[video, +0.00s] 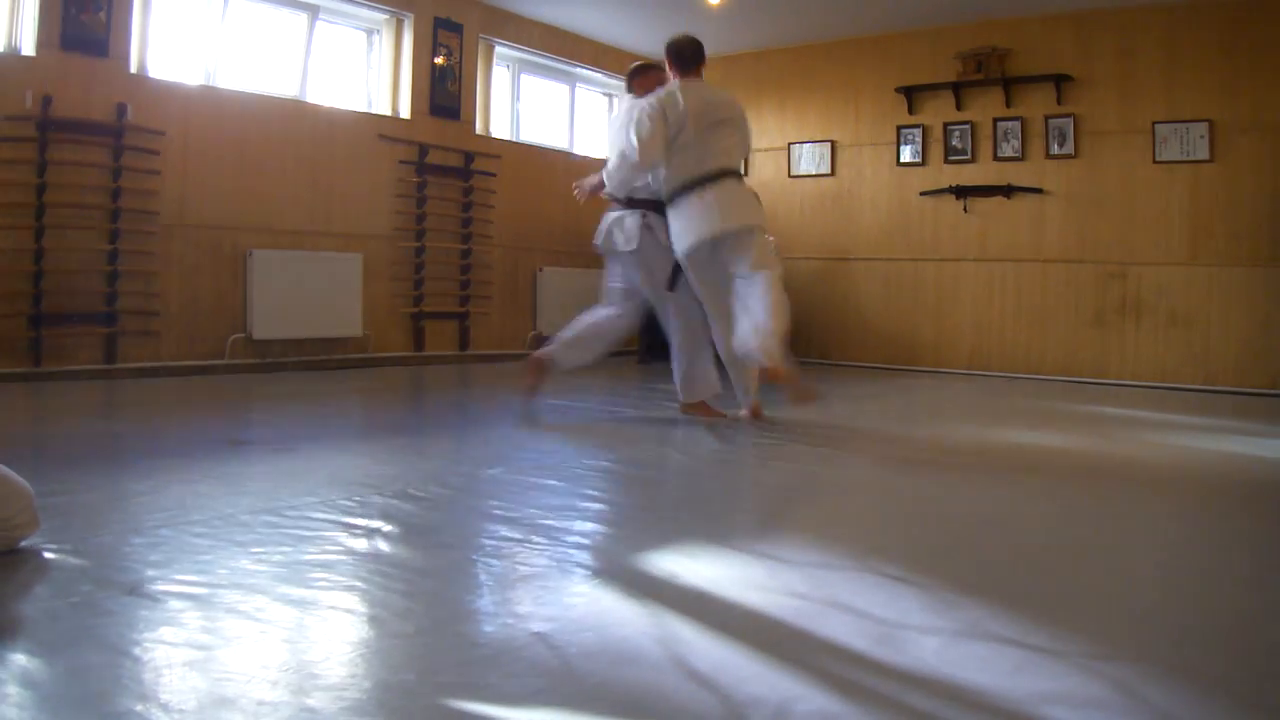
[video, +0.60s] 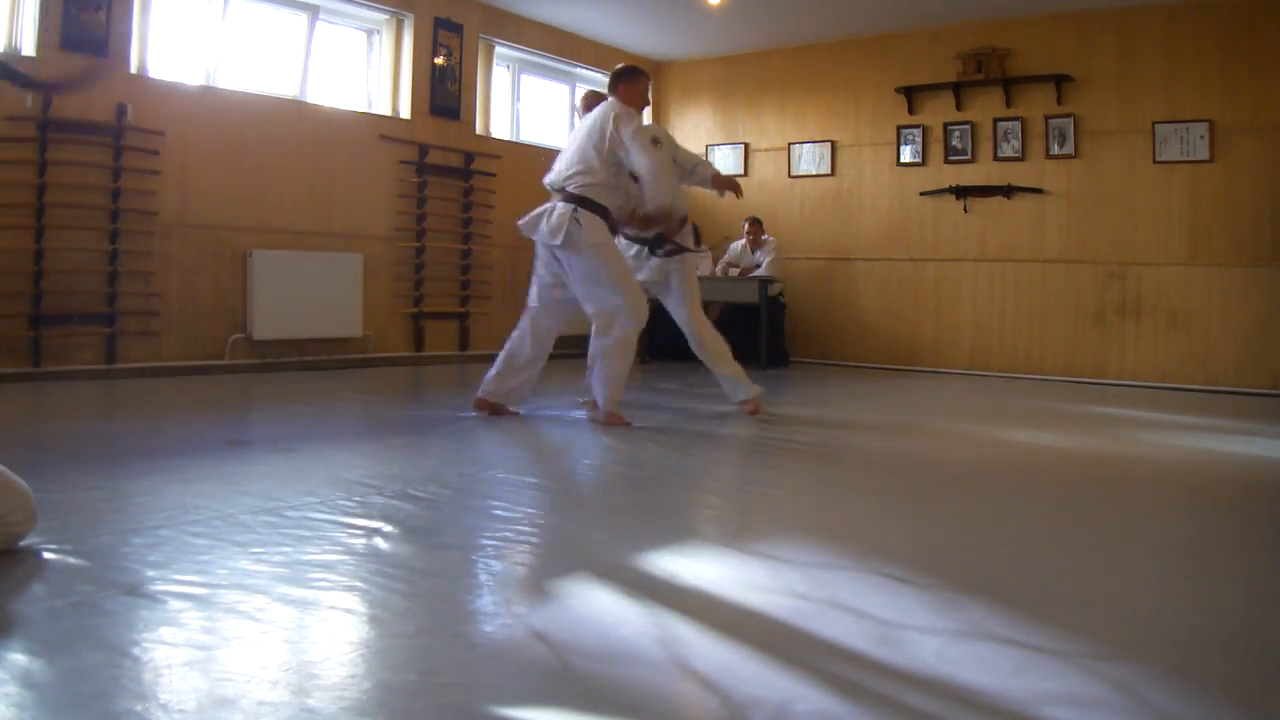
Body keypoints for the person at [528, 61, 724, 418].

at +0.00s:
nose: (666, 87)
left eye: (664, 81)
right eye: (661, 82)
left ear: (632, 86)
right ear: (645, 85)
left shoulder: (621, 116)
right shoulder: (650, 111)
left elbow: (625, 167)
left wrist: (596, 181)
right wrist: (598, 180)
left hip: (618, 223)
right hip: (646, 224)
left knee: (621, 309)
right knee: (683, 308)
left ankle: (549, 356)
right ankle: (694, 397)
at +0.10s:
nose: (649, 100)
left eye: (648, 93)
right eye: (646, 93)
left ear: (614, 95)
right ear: (633, 93)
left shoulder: (594, 125)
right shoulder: (643, 123)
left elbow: (570, 184)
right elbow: (656, 174)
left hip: (571, 231)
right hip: (611, 233)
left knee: (540, 313)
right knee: (651, 311)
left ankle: (490, 386)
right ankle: (680, 396)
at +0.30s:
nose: (635, 112)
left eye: (635, 105)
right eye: (631, 104)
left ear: (602, 101)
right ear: (616, 101)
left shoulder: (569, 125)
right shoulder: (620, 129)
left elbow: (541, 172)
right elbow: (624, 183)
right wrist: (612, 224)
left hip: (534, 221)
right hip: (570, 221)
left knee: (524, 317)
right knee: (625, 302)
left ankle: (489, 399)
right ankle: (626, 392)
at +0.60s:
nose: (647, 99)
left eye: (647, 93)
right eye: (643, 91)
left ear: (616, 89)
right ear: (624, 88)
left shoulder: (592, 120)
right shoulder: (619, 114)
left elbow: (591, 188)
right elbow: (652, 167)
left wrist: (635, 221)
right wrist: (664, 212)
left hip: (554, 219)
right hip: (580, 222)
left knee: (544, 312)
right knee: (625, 306)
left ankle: (493, 394)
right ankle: (604, 404)